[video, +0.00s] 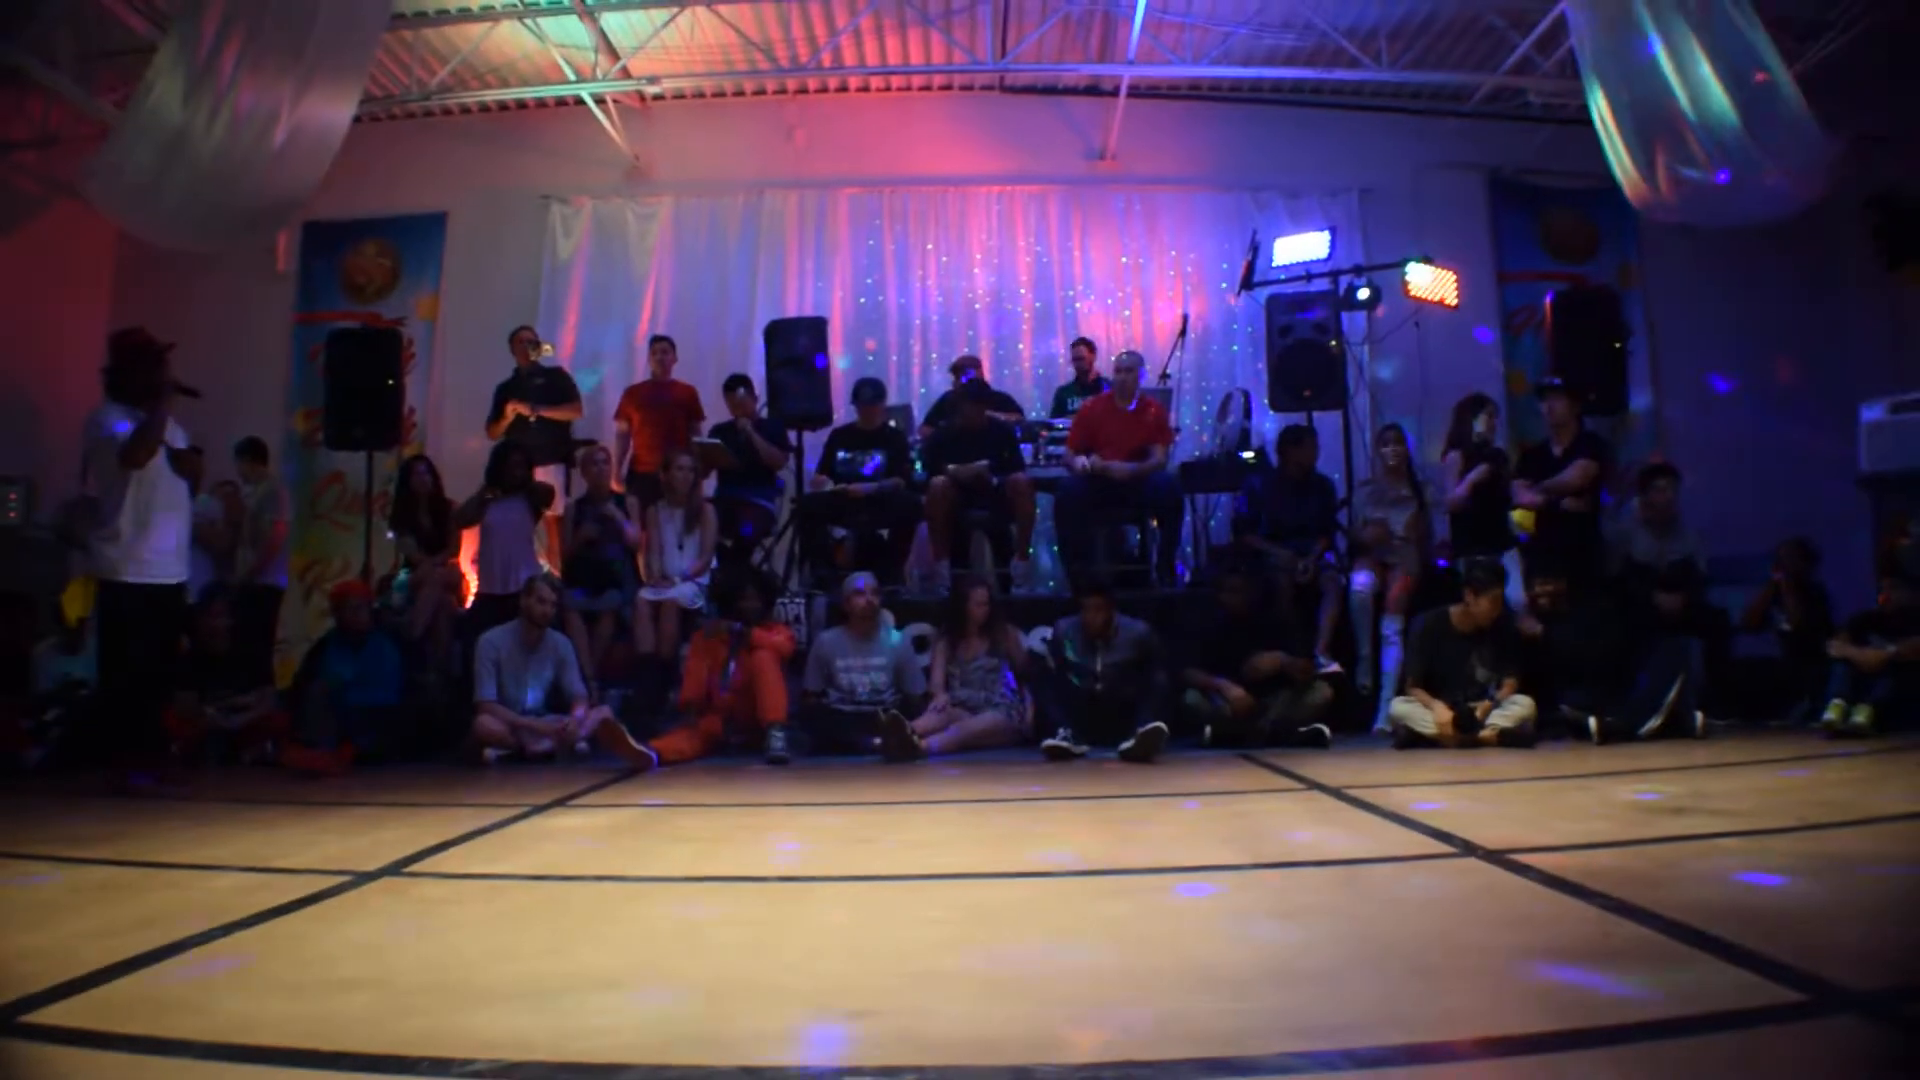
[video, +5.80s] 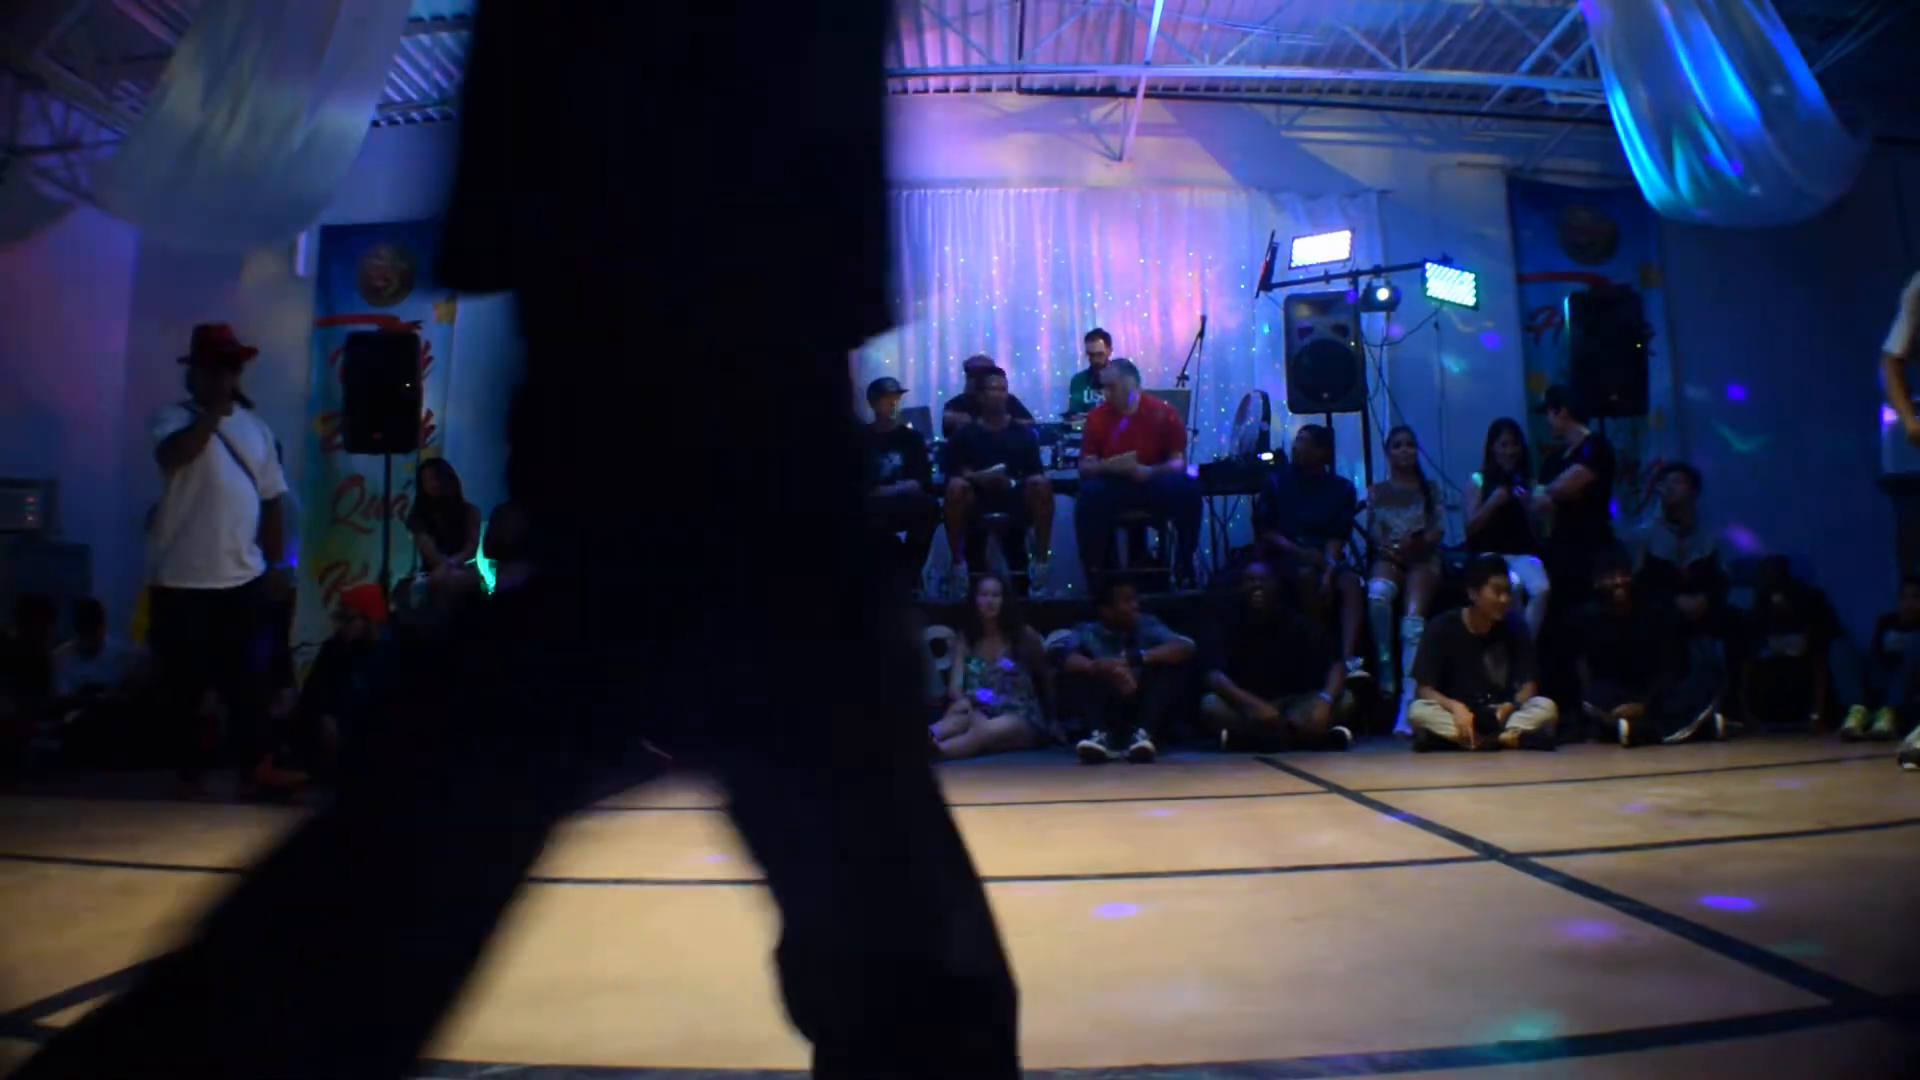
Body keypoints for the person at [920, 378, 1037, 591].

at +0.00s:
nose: (974, 414)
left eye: (980, 407)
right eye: (969, 407)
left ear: (987, 406)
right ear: (958, 407)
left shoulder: (1001, 431)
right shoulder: (942, 434)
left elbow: (1017, 469)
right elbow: (931, 471)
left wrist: (988, 475)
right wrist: (954, 472)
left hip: (994, 488)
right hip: (957, 489)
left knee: (1021, 483)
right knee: (939, 486)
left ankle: (1022, 558)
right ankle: (941, 561)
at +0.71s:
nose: (998, 393)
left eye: (1003, 387)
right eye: (993, 388)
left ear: (1015, 393)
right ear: (985, 393)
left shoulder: (1030, 428)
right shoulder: (972, 429)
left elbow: (1043, 468)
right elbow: (958, 466)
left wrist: (1015, 475)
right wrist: (982, 472)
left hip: (1020, 488)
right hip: (985, 489)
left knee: (1047, 481)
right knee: (965, 484)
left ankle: (1048, 560)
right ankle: (967, 564)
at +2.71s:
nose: (994, 411)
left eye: (1000, 405)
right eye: (989, 404)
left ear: (1009, 404)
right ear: (981, 402)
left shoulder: (1022, 433)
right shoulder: (965, 433)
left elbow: (1035, 471)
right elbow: (950, 471)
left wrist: (1009, 480)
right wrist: (975, 476)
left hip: (1011, 492)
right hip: (977, 493)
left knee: (1041, 485)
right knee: (957, 488)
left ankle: (1041, 561)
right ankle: (959, 565)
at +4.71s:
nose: (989, 404)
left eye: (996, 399)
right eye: (987, 398)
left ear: (1010, 400)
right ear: (982, 398)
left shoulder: (1024, 435)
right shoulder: (963, 435)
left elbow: (1036, 474)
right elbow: (950, 475)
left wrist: (1009, 479)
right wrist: (972, 473)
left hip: (1013, 494)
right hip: (976, 494)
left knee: (1040, 487)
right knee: (956, 487)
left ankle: (1039, 562)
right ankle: (958, 564)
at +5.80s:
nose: (999, 394)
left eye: (1003, 389)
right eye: (993, 389)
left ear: (1008, 394)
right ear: (981, 395)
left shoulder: (1022, 432)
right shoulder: (966, 433)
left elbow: (1035, 471)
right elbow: (954, 468)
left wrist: (1010, 481)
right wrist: (979, 477)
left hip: (1013, 490)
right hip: (978, 491)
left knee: (1040, 486)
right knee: (957, 487)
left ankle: (1041, 562)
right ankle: (958, 564)